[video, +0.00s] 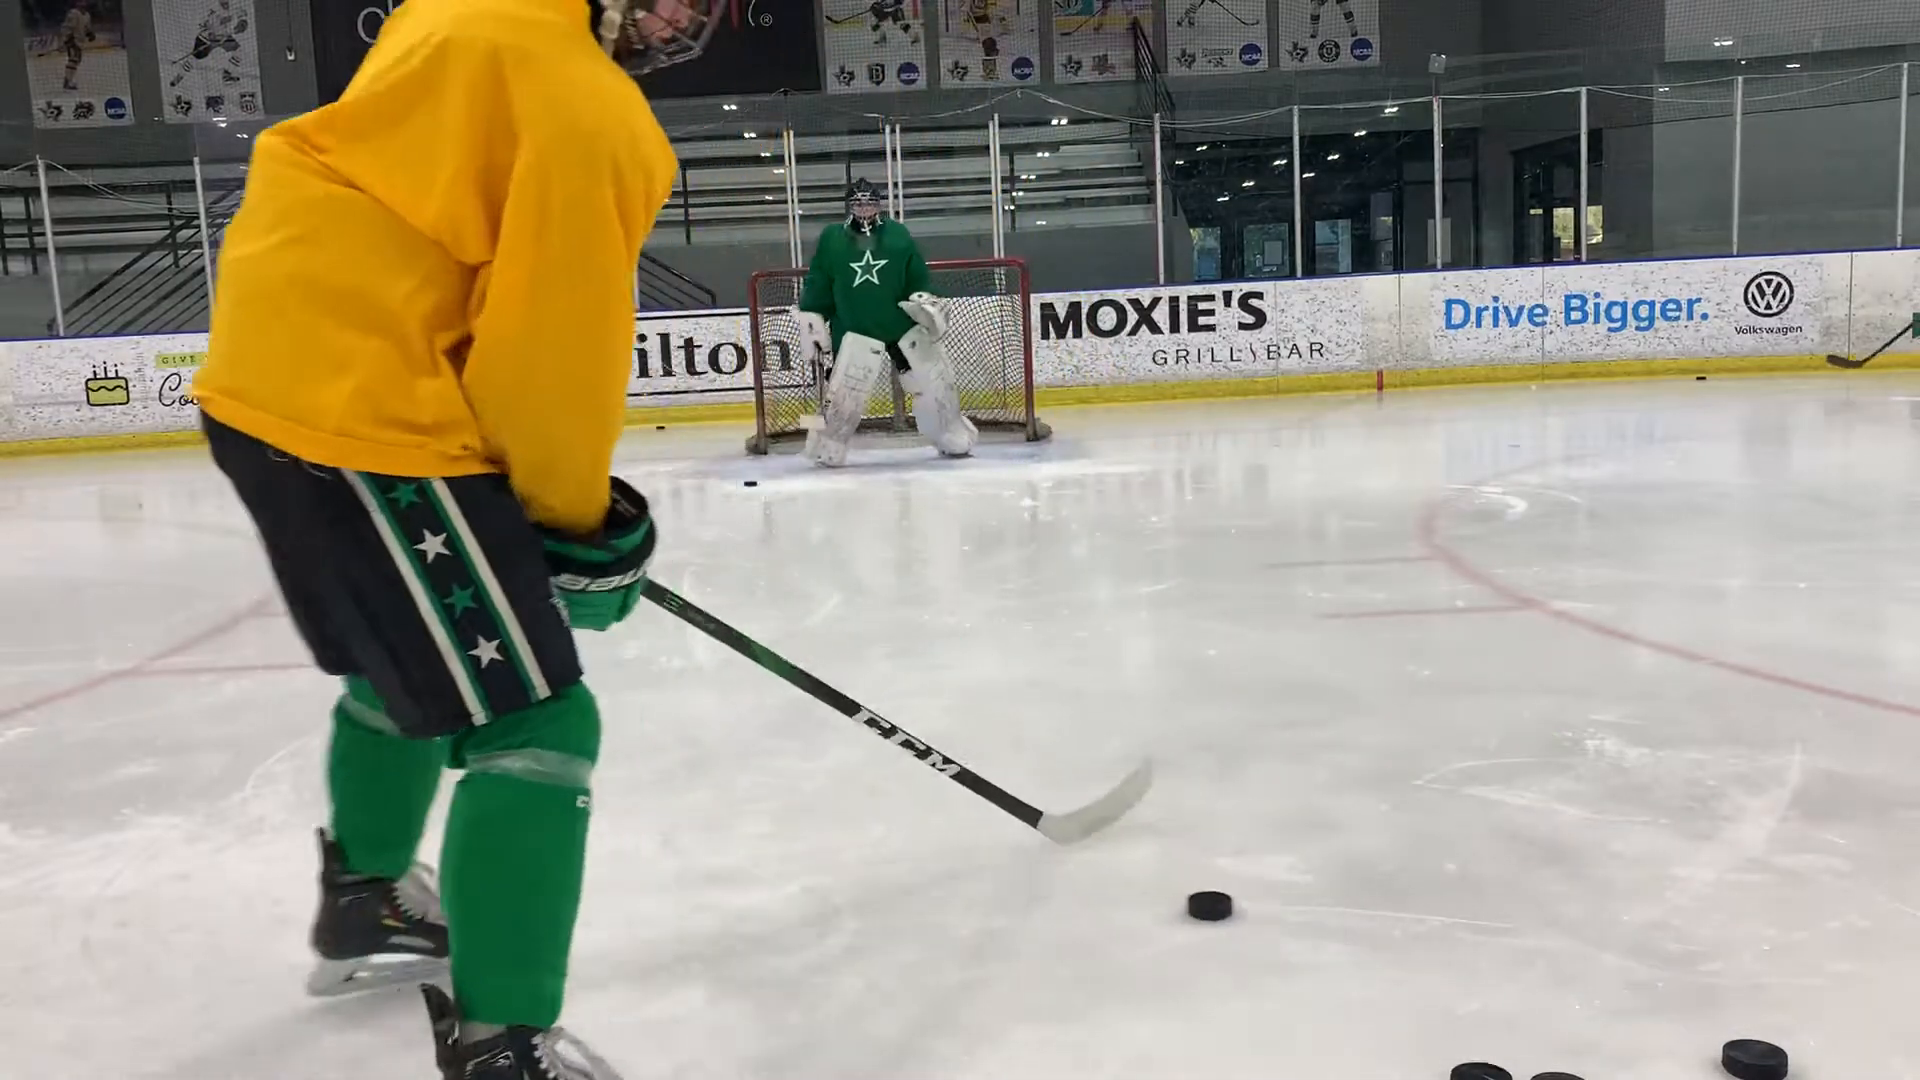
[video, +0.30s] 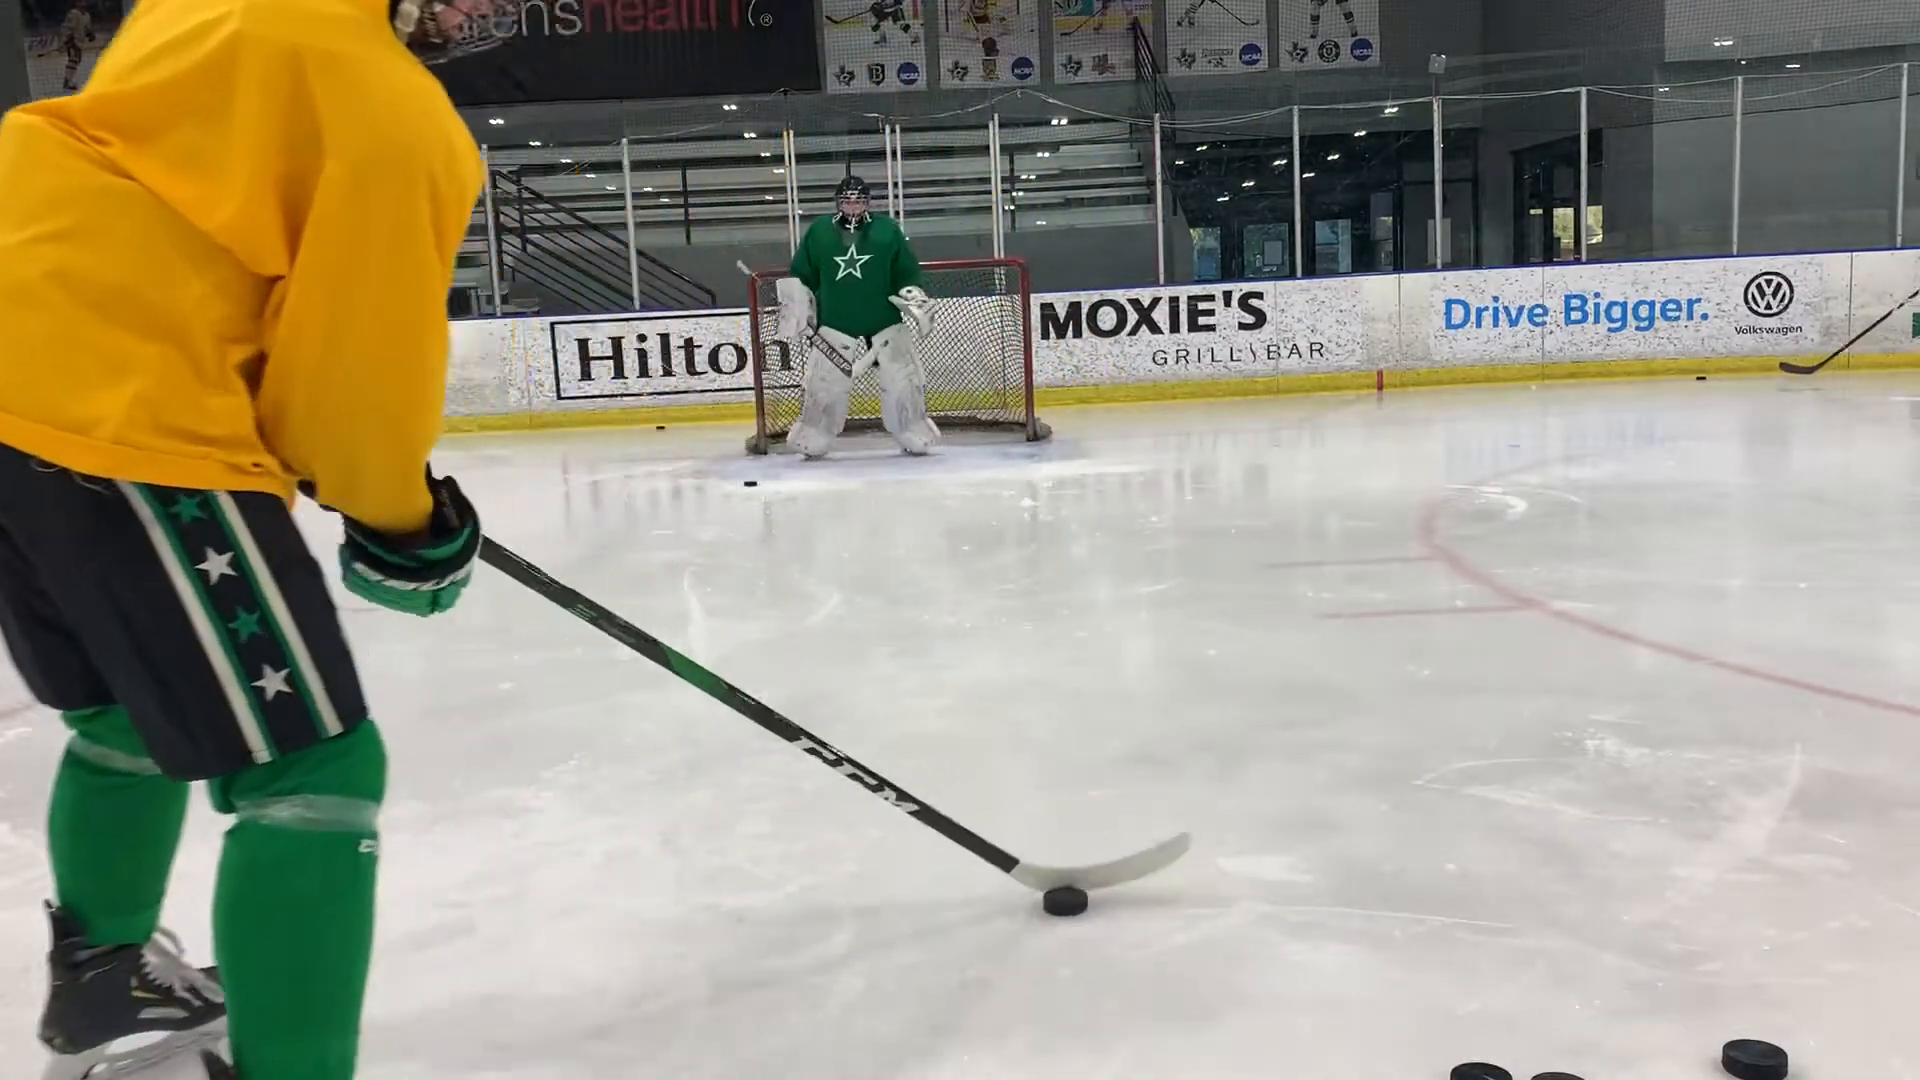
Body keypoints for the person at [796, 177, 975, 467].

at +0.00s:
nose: (864, 209)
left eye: (869, 203)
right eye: (858, 204)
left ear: (879, 205)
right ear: (849, 206)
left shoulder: (898, 235)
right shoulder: (833, 238)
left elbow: (919, 278)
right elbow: (817, 284)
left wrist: (925, 307)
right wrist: (812, 327)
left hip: (902, 325)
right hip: (855, 328)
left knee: (933, 382)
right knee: (845, 391)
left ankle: (953, 441)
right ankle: (830, 451)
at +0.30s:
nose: (853, 205)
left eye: (858, 200)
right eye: (847, 200)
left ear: (867, 202)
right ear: (838, 202)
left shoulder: (887, 231)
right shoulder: (820, 232)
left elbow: (907, 274)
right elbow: (801, 276)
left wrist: (914, 304)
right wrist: (798, 311)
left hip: (885, 323)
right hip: (836, 325)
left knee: (904, 383)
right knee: (823, 386)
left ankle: (916, 440)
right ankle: (813, 444)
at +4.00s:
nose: (944, 297)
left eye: (945, 289)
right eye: (936, 291)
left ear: (948, 288)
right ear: (918, 293)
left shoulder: (961, 322)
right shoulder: (889, 323)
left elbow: (983, 356)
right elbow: (853, 360)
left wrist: (1013, 327)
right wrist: (852, 405)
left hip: (954, 426)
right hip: (899, 428)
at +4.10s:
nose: (940, 292)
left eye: (943, 284)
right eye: (933, 285)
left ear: (948, 285)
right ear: (915, 287)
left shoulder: (961, 319)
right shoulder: (890, 319)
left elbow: (976, 360)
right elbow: (852, 360)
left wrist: (1011, 343)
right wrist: (858, 399)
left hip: (954, 425)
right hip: (900, 427)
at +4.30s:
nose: (941, 285)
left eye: (943, 278)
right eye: (933, 278)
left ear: (946, 278)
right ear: (913, 281)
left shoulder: (956, 312)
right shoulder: (889, 310)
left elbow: (974, 359)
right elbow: (854, 355)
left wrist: (999, 377)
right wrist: (863, 400)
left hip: (956, 419)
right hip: (904, 422)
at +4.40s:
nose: (936, 278)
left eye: (938, 271)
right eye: (928, 272)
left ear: (942, 272)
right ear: (908, 275)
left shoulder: (953, 309)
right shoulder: (887, 307)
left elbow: (972, 350)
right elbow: (853, 353)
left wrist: (984, 372)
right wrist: (866, 395)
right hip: (895, 418)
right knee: (850, 459)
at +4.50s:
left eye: (918, 267)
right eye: (906, 268)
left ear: (930, 268)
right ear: (896, 270)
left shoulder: (945, 301)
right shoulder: (882, 303)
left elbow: (968, 347)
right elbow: (849, 353)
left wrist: (987, 370)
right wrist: (873, 400)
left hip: (945, 402)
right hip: (896, 406)